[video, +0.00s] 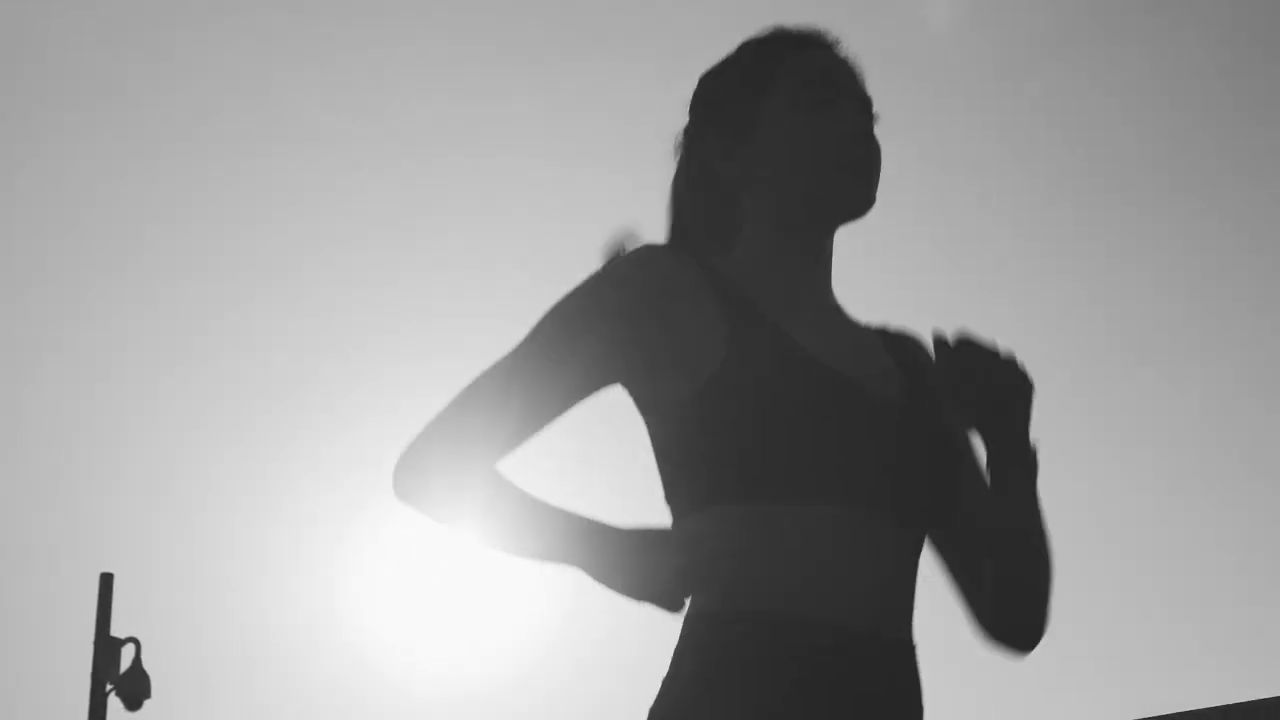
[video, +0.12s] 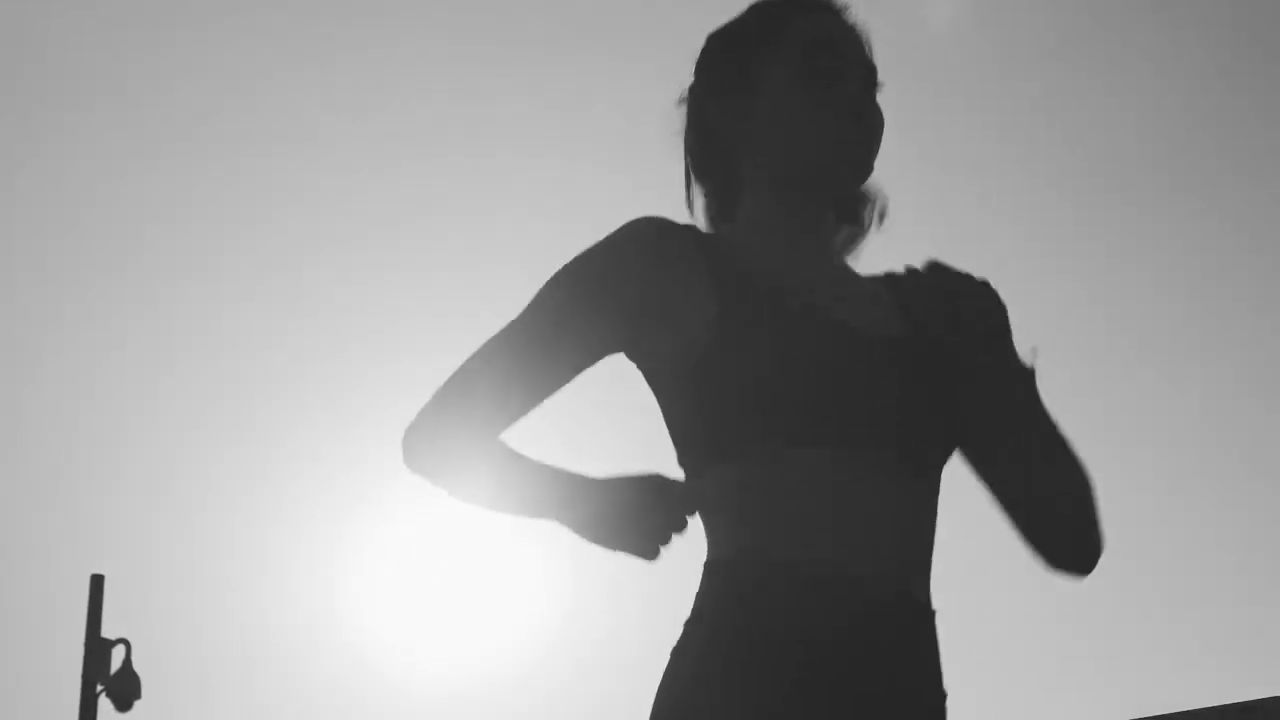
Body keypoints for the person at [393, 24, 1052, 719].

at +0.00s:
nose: (865, 129)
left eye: (866, 110)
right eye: (826, 102)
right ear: (741, 141)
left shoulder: (903, 367)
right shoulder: (660, 294)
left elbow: (1014, 619)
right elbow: (433, 469)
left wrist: (1010, 450)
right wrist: (620, 553)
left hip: (880, 694)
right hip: (731, 685)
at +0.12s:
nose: (863, 106)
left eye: (868, 84)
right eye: (825, 76)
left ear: (877, 117)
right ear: (734, 110)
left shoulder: (931, 321)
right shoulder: (660, 268)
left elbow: (1073, 544)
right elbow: (440, 439)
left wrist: (994, 362)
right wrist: (582, 499)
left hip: (897, 679)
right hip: (734, 672)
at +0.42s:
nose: (863, 110)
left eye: (868, 87)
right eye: (822, 80)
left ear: (881, 125)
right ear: (731, 116)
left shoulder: (918, 321)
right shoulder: (657, 291)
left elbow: (1075, 561)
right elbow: (473, 504)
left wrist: (970, 393)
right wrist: (625, 511)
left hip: (911, 684)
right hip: (750, 681)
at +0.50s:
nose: (852, 152)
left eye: (861, 131)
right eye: (815, 123)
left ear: (873, 163)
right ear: (731, 158)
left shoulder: (913, 357)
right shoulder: (659, 327)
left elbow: (1040, 620)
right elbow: (484, 559)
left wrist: (972, 437)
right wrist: (671, 552)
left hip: (905, 700)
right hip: (748, 696)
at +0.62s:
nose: (851, 187)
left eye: (860, 169)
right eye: (813, 160)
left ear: (869, 207)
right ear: (719, 198)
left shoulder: (907, 409)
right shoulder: (660, 379)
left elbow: (954, 698)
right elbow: (515, 649)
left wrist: (997, 589)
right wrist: (750, 593)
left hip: (890, 709)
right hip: (751, 703)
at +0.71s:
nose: (853, 208)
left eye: (864, 191)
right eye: (816, 181)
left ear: (874, 216)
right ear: (725, 211)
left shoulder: (897, 428)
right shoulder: (662, 397)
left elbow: (901, 700)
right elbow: (559, 678)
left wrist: (979, 656)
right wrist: (803, 596)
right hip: (739, 708)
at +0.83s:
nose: (854, 214)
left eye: (863, 194)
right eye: (815, 184)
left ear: (869, 220)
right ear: (723, 215)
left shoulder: (877, 431)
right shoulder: (674, 387)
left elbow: (844, 674)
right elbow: (633, 661)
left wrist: (936, 682)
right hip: (725, 708)